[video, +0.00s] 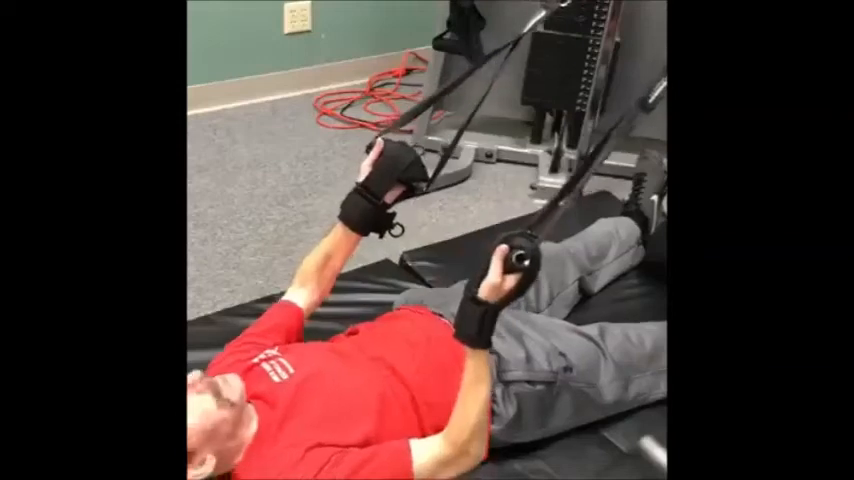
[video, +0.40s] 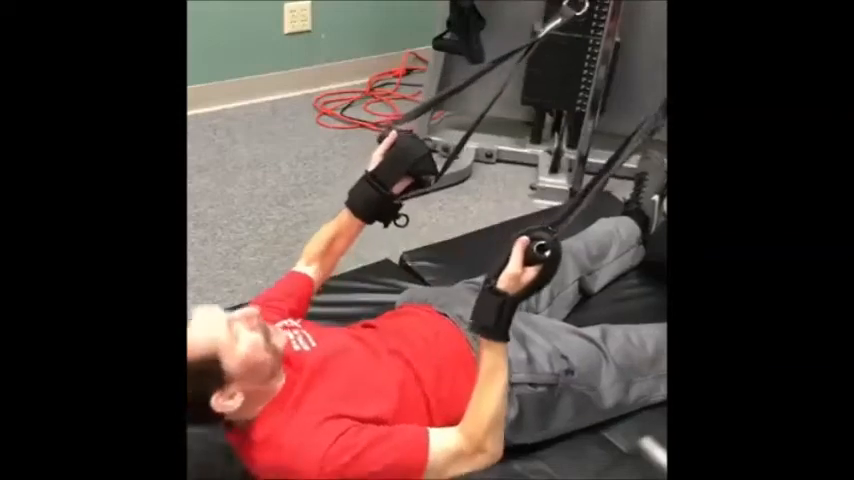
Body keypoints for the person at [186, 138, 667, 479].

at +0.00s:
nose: (201, 378)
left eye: (186, 380)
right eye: (193, 402)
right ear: (200, 463)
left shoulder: (237, 361)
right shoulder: (290, 471)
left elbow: (308, 289)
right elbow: (458, 450)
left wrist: (365, 203)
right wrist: (481, 317)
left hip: (428, 315)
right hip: (486, 387)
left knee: (544, 266)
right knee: (638, 354)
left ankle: (635, 225)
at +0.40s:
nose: (252, 317)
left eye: (229, 315)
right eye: (235, 337)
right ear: (230, 398)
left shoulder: (255, 327)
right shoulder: (304, 452)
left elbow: (314, 265)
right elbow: (477, 448)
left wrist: (373, 190)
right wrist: (501, 307)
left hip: (434, 309)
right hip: (496, 374)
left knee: (550, 264)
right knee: (640, 355)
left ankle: (633, 225)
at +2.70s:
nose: (522, 156)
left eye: (526, 143)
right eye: (526, 143)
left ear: (445, 124)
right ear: (509, 144)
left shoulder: (373, 183)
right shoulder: (482, 246)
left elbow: (369, 168)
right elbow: (578, 386)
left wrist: (444, 134)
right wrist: (619, 257)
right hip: (481, 409)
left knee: (606, 231)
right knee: (663, 348)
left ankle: (631, 215)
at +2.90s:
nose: (527, 154)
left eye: (532, 142)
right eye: (531, 142)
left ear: (451, 118)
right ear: (517, 139)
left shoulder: (375, 180)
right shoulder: (488, 237)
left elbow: (368, 171)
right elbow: (583, 376)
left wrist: (446, 130)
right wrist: (626, 251)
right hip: (477, 410)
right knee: (662, 349)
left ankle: (628, 217)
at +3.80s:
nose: (522, 154)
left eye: (527, 142)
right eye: (526, 141)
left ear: (445, 118)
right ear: (506, 140)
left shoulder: (371, 180)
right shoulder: (484, 242)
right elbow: (581, 376)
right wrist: (619, 251)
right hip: (481, 408)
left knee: (607, 231)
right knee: (664, 349)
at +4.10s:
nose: (502, 158)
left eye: (506, 145)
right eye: (505, 145)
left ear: (423, 137)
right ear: (482, 150)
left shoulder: (362, 189)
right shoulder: (471, 256)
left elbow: (377, 175)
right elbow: (575, 381)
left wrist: (449, 141)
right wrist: (611, 254)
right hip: (479, 408)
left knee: (605, 233)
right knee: (663, 348)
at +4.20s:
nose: (495, 159)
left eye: (498, 147)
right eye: (497, 147)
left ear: (412, 140)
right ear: (473, 153)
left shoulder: (356, 192)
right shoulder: (463, 260)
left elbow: (402, 167)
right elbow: (572, 383)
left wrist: (449, 143)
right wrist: (607, 258)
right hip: (478, 409)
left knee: (559, 258)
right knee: (663, 347)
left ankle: (631, 221)